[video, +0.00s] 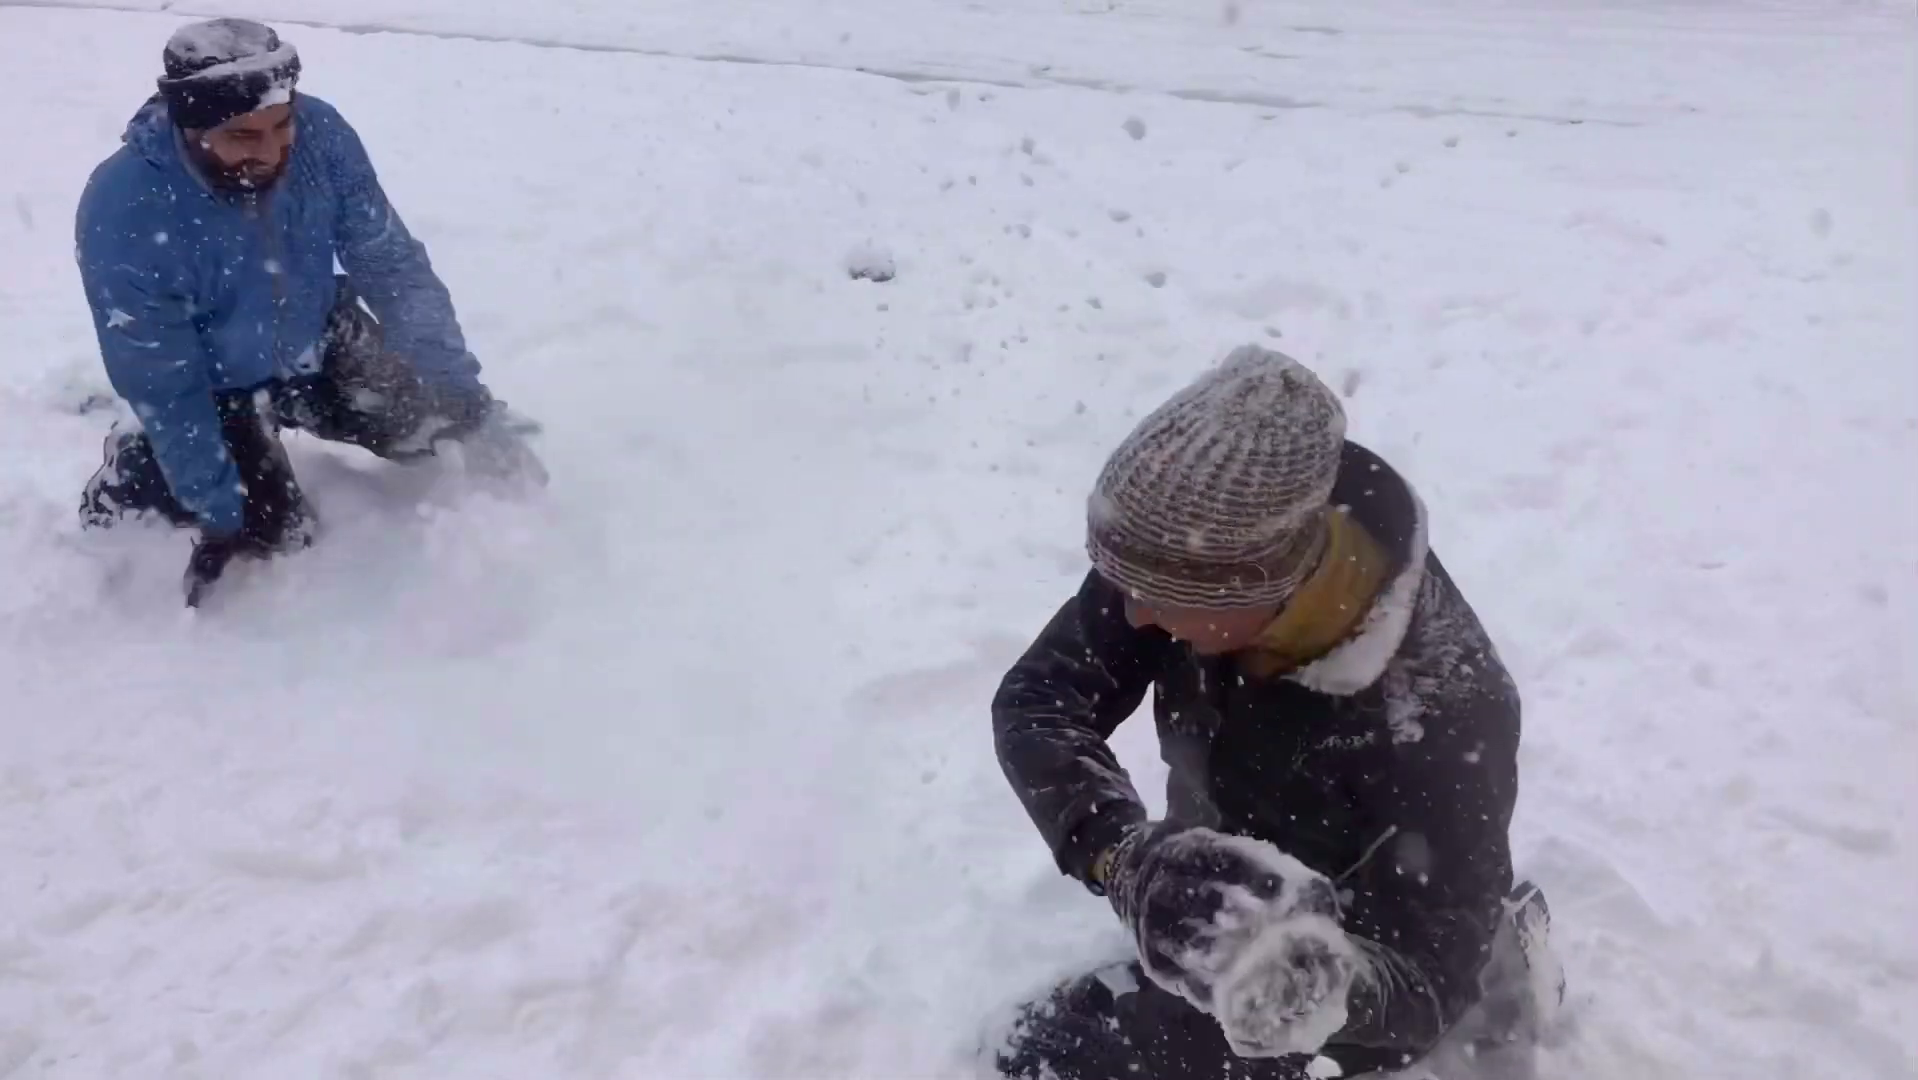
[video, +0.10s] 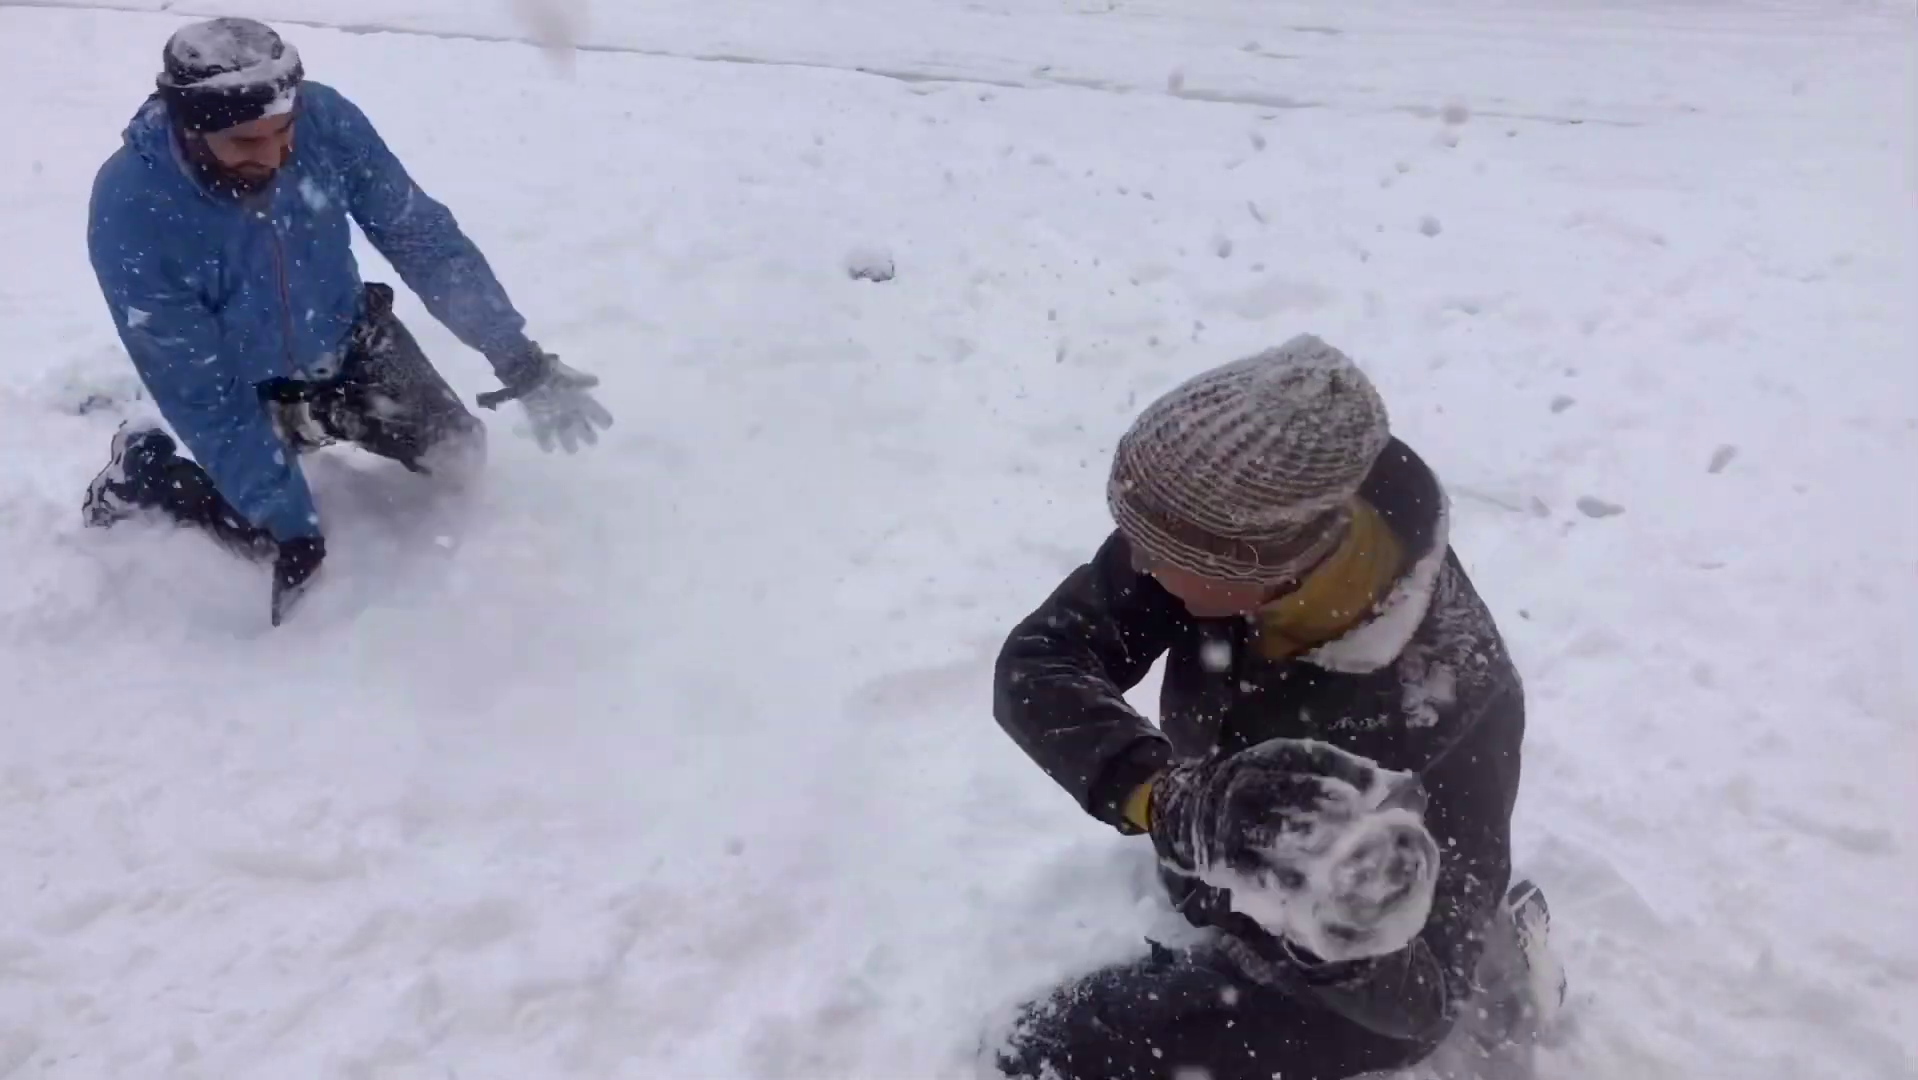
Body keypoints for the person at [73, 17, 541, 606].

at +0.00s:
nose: (270, 151)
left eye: (282, 126)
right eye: (243, 136)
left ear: (293, 108)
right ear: (191, 128)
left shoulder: (317, 136)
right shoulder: (123, 213)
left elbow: (394, 270)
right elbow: (164, 387)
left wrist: (466, 406)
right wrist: (221, 522)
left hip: (312, 341)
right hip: (211, 387)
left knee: (437, 431)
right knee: (278, 529)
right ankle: (140, 471)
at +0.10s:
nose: (278, 151)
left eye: (286, 126)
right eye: (254, 140)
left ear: (292, 101)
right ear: (199, 129)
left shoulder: (324, 124)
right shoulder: (131, 211)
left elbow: (425, 240)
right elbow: (196, 390)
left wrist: (523, 364)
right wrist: (296, 532)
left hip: (350, 345)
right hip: (243, 394)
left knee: (458, 458)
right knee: (269, 531)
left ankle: (315, 414)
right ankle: (148, 474)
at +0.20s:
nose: (277, 154)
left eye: (287, 128)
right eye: (250, 141)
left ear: (294, 98)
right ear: (198, 125)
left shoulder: (334, 112)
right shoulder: (143, 212)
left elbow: (444, 204)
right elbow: (208, 383)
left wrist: (551, 311)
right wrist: (316, 504)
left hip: (379, 340)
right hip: (266, 388)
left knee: (482, 473)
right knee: (293, 538)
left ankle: (375, 440)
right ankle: (155, 472)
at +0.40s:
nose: (321, 124)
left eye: (332, 99)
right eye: (296, 110)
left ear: (342, 74)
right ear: (252, 97)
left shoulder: (400, 88)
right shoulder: (192, 181)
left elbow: (483, 158)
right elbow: (249, 363)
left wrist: (548, 231)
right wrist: (330, 524)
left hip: (447, 362)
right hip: (320, 396)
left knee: (559, 513)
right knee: (282, 539)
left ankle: (451, 447)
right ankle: (184, 474)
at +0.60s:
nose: (399, 114)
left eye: (413, 87)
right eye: (375, 97)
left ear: (431, 66)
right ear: (330, 87)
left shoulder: (489, 114)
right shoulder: (269, 182)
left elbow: (554, 200)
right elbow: (307, 350)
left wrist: (605, 270)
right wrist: (370, 485)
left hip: (496, 401)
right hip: (359, 422)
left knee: (596, 547)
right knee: (286, 545)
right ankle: (197, 476)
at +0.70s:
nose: (466, 118)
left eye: (481, 92)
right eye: (441, 98)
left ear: (499, 82)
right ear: (396, 94)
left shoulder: (555, 149)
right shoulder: (337, 207)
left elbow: (611, 256)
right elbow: (377, 374)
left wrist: (657, 344)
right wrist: (455, 498)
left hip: (530, 407)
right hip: (394, 421)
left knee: (614, 546)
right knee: (288, 540)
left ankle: (509, 466)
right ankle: (198, 478)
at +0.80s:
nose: (528, 124)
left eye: (540, 102)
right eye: (504, 106)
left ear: (558, 101)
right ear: (457, 110)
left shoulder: (581, 184)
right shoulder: (401, 220)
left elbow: (640, 309)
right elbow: (449, 400)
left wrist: (686, 424)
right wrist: (552, 533)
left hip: (540, 408)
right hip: (414, 418)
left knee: (623, 536)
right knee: (298, 534)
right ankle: (205, 476)